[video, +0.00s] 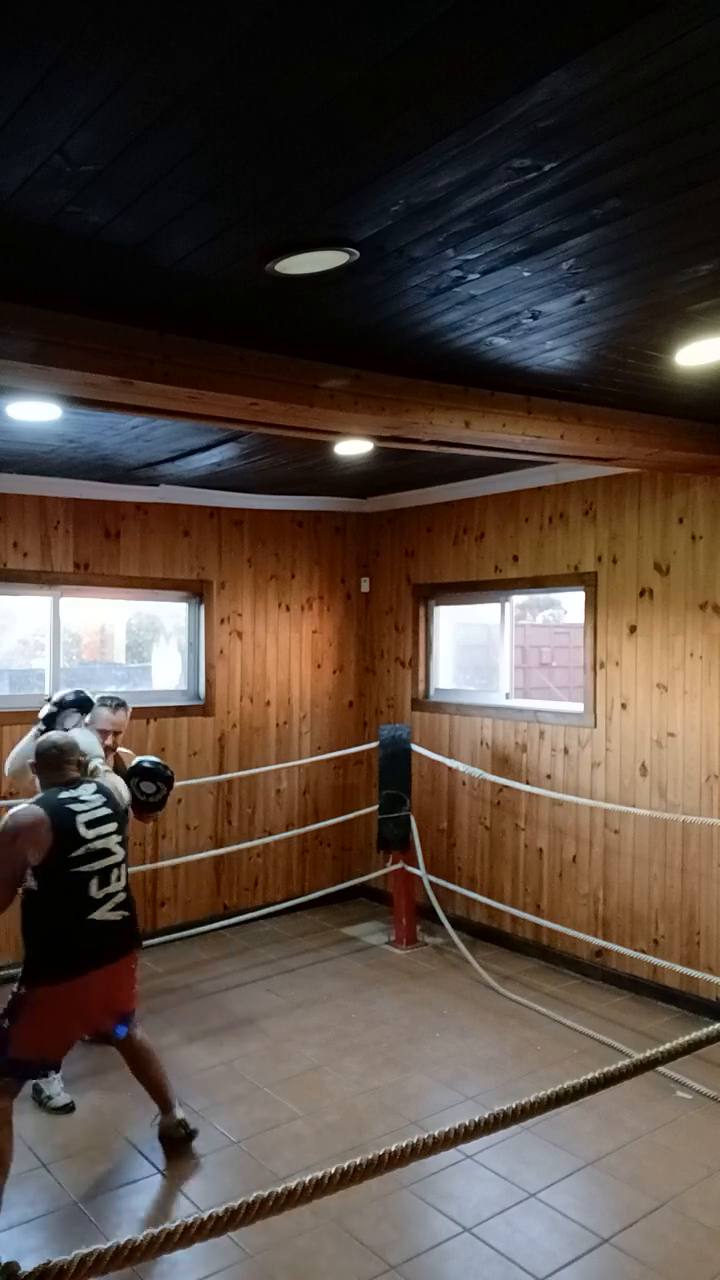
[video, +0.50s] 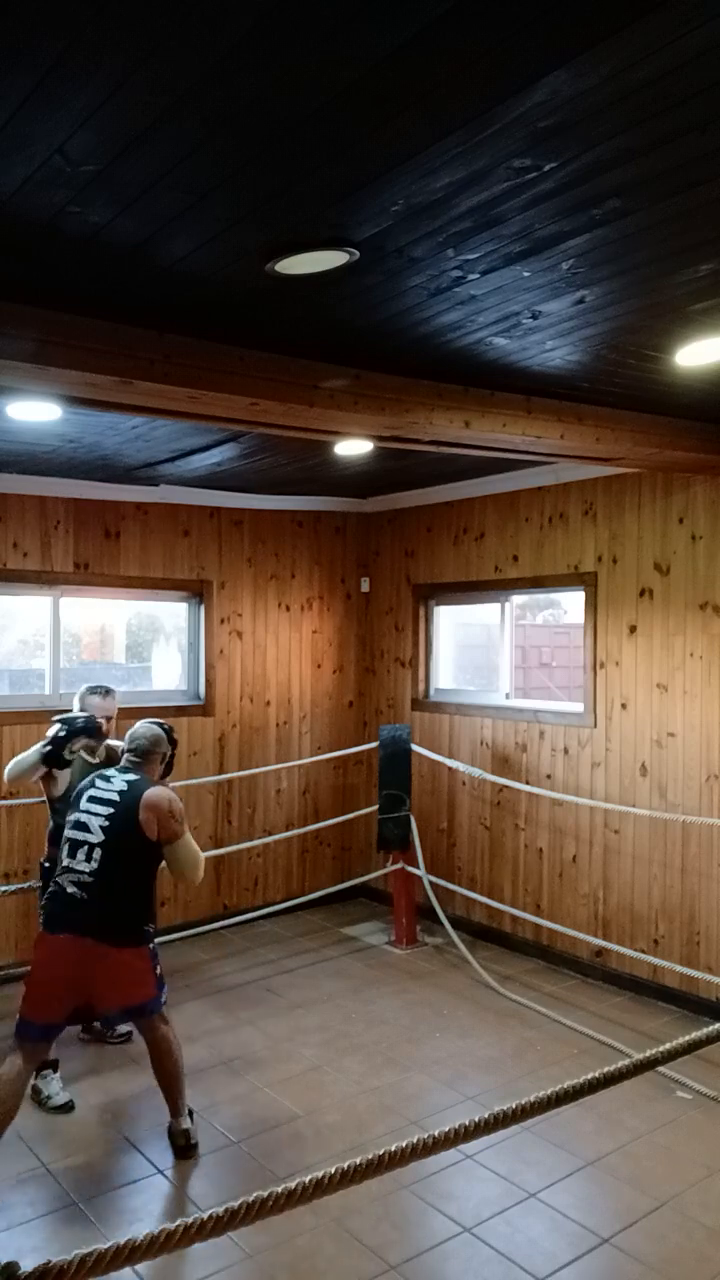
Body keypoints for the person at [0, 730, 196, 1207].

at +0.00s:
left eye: (35, 770)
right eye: (85, 759)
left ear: (34, 771)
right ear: (82, 765)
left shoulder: (25, 822)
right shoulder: (109, 796)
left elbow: (2, 899)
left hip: (59, 978)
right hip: (119, 961)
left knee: (5, 1089)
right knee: (123, 1030)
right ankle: (173, 1118)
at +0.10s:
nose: (47, 767)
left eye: (50, 759)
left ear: (55, 765)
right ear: (105, 760)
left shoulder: (36, 816)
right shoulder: (136, 795)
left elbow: (5, 885)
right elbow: (169, 829)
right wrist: (149, 788)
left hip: (67, 974)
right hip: (131, 961)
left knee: (11, 1083)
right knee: (142, 1031)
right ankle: (181, 1125)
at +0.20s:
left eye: (118, 746)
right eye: (132, 749)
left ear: (86, 753)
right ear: (130, 756)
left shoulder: (52, 790)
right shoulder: (148, 799)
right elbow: (184, 856)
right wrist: (150, 838)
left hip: (62, 960)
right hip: (130, 956)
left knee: (30, 1086)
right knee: (152, 1028)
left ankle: (1, 1219)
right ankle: (178, 1125)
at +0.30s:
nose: (154, 761)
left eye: (151, 754)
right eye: (150, 755)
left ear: (102, 756)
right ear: (139, 760)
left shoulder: (77, 788)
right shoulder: (143, 796)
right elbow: (184, 865)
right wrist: (164, 817)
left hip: (62, 953)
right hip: (126, 953)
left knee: (31, 1074)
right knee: (159, 1033)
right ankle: (181, 1126)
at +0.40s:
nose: (168, 766)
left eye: (167, 760)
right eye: (167, 759)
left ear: (118, 754)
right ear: (160, 760)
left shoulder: (89, 782)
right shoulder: (151, 797)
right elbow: (191, 869)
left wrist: (165, 804)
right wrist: (176, 812)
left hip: (58, 942)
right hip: (121, 946)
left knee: (30, 1058)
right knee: (157, 1026)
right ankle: (180, 1123)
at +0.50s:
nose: (170, 767)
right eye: (171, 761)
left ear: (124, 750)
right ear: (165, 759)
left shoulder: (88, 781)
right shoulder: (159, 799)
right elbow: (192, 871)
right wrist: (167, 825)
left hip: (58, 937)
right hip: (122, 941)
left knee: (24, 1055)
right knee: (155, 1024)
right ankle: (180, 1123)